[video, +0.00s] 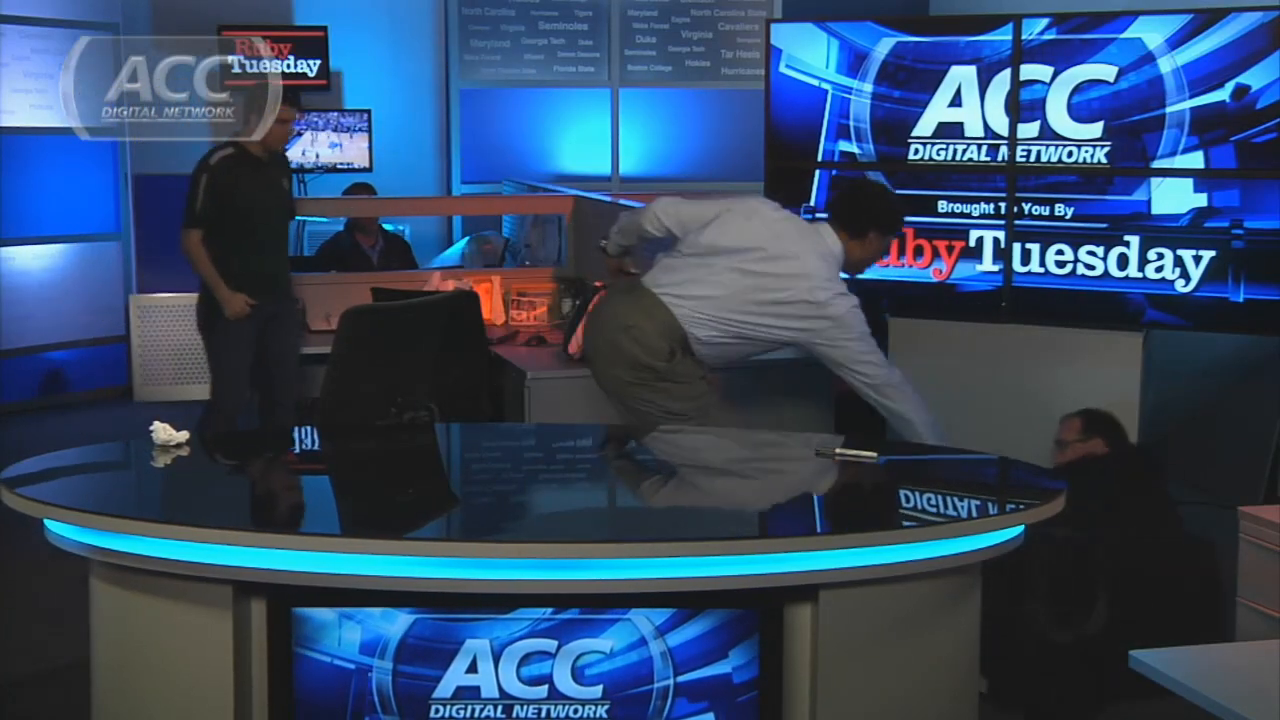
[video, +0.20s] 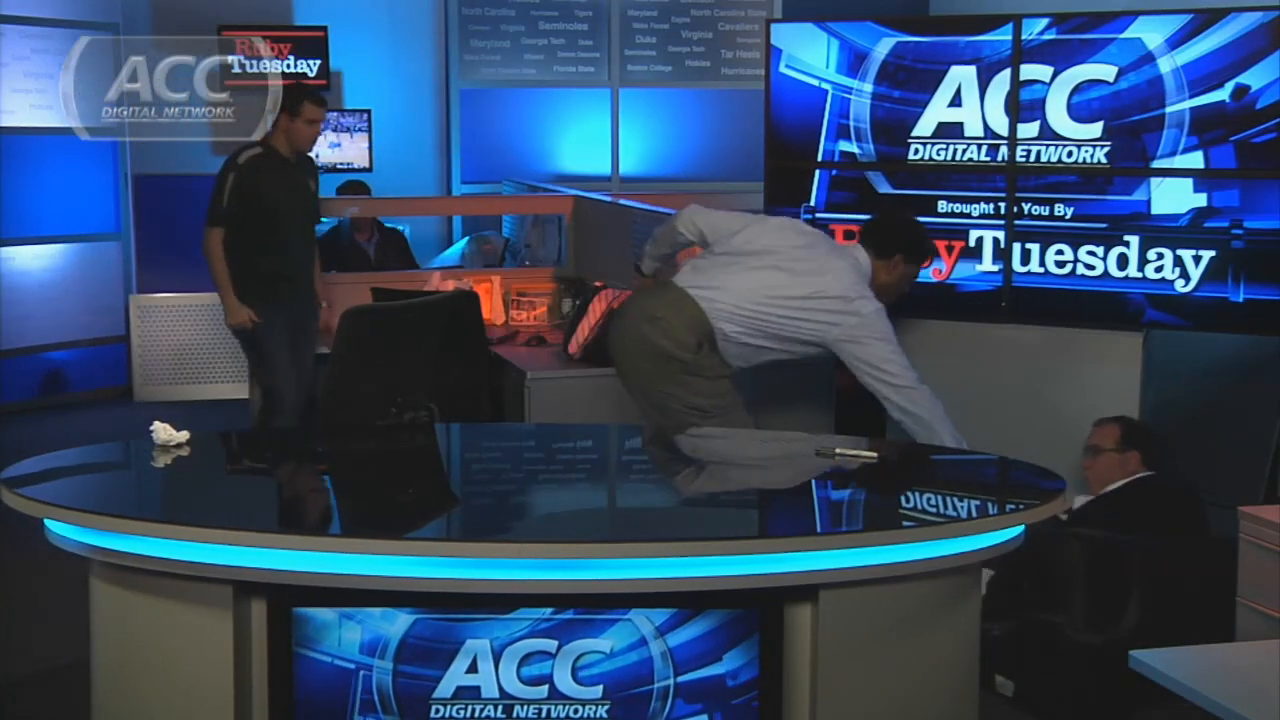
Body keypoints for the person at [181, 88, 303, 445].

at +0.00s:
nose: (290, 131)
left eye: (293, 123)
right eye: (283, 122)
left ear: (289, 125)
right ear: (259, 120)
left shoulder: (279, 165)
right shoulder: (217, 165)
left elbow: (276, 236)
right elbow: (191, 239)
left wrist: (285, 293)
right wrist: (225, 296)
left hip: (276, 304)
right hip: (231, 306)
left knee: (280, 396)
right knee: (230, 398)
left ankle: (276, 474)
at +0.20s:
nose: (318, 132)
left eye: (321, 124)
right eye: (311, 123)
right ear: (285, 120)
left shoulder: (307, 168)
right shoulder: (243, 164)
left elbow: (308, 239)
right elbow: (213, 238)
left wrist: (316, 292)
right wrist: (230, 303)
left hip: (300, 299)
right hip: (258, 302)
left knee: (301, 397)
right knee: (280, 399)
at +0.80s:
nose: (406, 138)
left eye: (408, 130)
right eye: (399, 130)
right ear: (371, 128)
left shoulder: (388, 170)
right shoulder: (330, 173)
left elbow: (389, 249)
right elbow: (302, 252)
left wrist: (408, 307)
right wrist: (319, 325)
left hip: (385, 319)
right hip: (343, 321)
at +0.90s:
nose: (420, 138)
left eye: (421, 129)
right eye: (413, 128)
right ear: (385, 126)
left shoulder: (399, 169)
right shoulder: (343, 172)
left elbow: (399, 250)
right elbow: (317, 253)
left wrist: (424, 310)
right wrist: (344, 319)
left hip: (396, 317)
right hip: (357, 323)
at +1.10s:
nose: (447, 139)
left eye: (450, 131)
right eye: (441, 129)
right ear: (412, 125)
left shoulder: (424, 173)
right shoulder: (373, 173)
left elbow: (421, 260)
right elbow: (351, 257)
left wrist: (448, 315)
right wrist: (385, 318)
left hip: (428, 321)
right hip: (389, 325)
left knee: (447, 420)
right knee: (390, 424)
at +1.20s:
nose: (465, 142)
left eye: (468, 133)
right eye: (459, 132)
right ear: (429, 128)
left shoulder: (440, 174)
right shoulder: (389, 176)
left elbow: (438, 260)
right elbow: (368, 260)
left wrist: (462, 319)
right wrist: (402, 318)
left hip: (443, 321)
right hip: (404, 325)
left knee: (456, 419)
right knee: (404, 422)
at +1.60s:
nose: (544, 140)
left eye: (546, 131)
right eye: (538, 130)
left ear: (518, 127)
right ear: (509, 123)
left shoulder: (516, 178)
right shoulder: (467, 172)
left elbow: (514, 260)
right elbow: (435, 250)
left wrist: (537, 316)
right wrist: (448, 321)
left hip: (518, 320)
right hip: (479, 321)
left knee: (518, 426)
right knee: (484, 428)